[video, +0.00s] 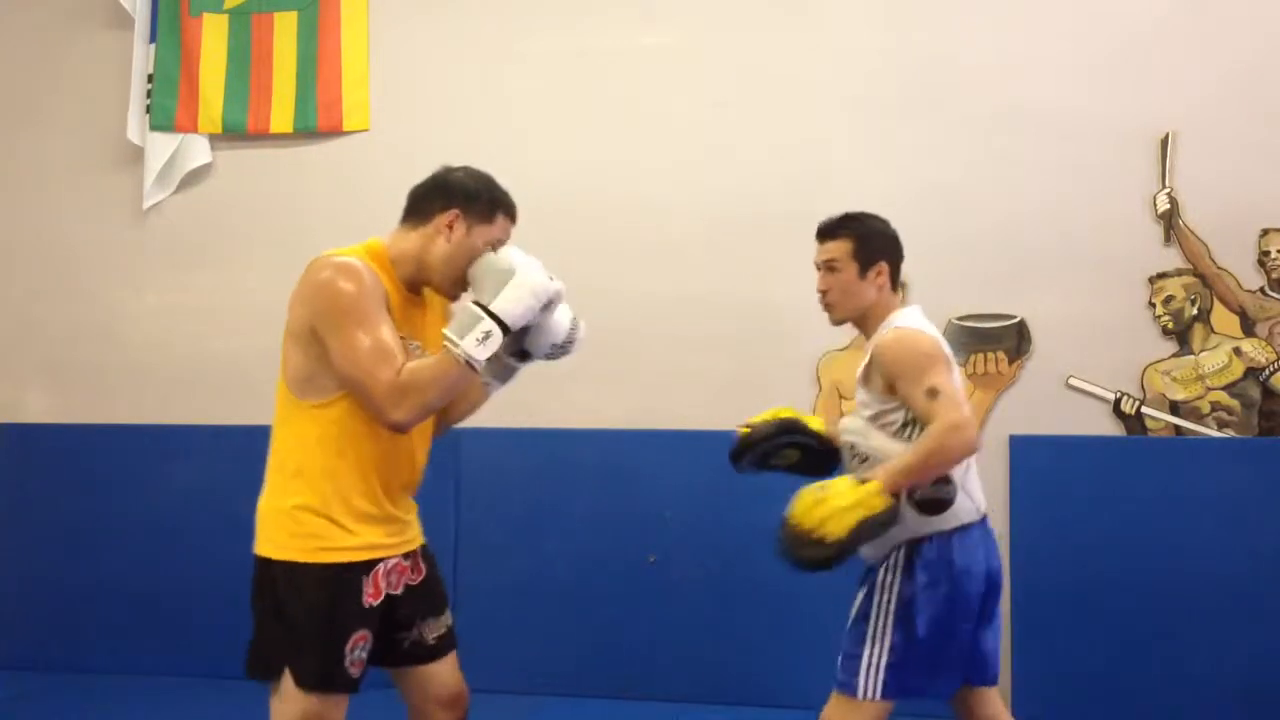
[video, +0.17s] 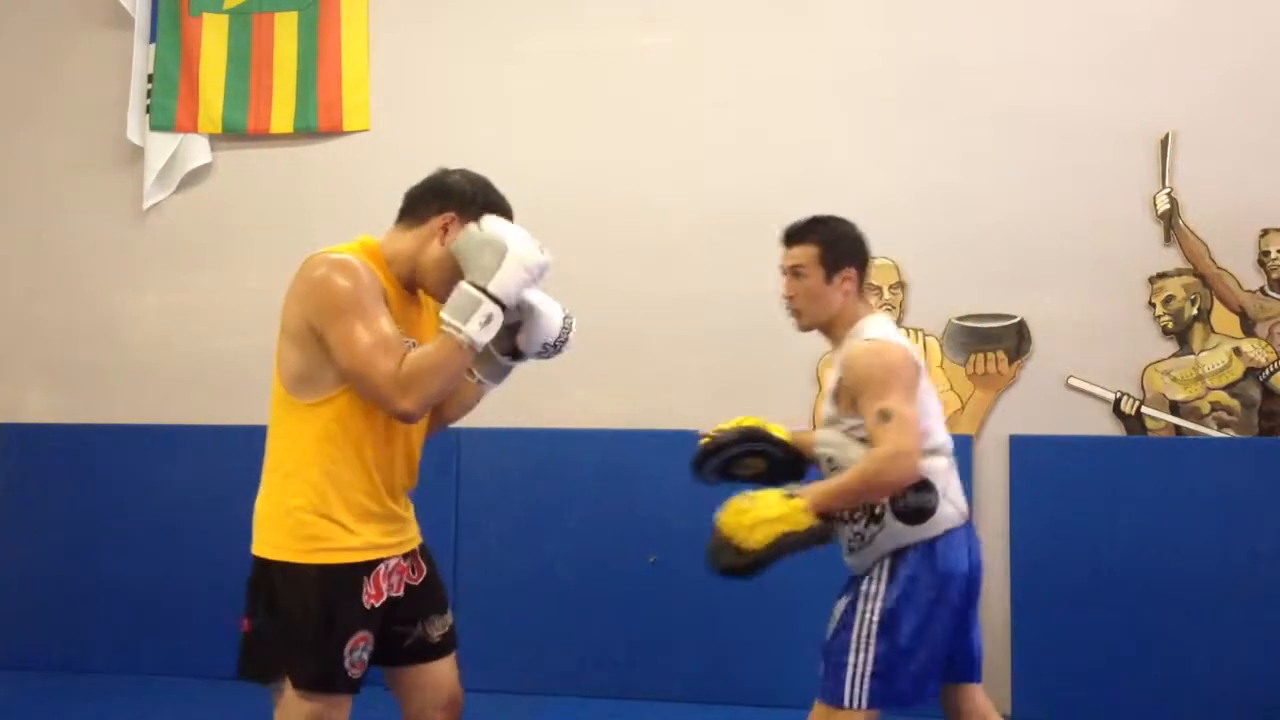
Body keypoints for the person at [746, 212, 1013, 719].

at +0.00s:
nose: (819, 285)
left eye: (831, 269)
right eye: (819, 270)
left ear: (878, 276)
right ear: (874, 280)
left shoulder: (901, 342)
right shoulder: (896, 338)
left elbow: (958, 432)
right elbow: (903, 435)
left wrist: (872, 488)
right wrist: (825, 438)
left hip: (919, 555)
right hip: (964, 545)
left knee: (853, 707)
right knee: (978, 698)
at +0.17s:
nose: (785, 291)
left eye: (797, 275)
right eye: (785, 275)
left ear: (845, 281)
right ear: (841, 285)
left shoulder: (875, 353)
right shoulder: (841, 358)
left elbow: (900, 462)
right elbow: (846, 443)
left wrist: (802, 505)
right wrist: (779, 443)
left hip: (908, 553)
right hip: (940, 545)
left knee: (840, 709)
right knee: (962, 695)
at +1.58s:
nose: (793, 311)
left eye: (804, 296)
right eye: (792, 297)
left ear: (852, 297)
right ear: (846, 300)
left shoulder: (889, 357)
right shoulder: (844, 363)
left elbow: (911, 460)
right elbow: (788, 424)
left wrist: (811, 471)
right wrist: (748, 376)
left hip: (925, 563)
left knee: (836, 710)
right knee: (956, 707)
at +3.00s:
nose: (834, 293)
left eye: (845, 278)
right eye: (832, 279)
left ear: (892, 280)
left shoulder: (924, 342)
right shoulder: (865, 349)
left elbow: (954, 440)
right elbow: (792, 384)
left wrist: (858, 439)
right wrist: (766, 318)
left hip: (931, 553)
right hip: (900, 554)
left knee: (854, 707)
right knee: (948, 700)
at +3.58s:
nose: (826, 342)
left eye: (838, 326)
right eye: (821, 327)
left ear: (883, 329)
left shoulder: (932, 383)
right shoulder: (861, 391)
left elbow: (963, 483)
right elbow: (800, 442)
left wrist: (868, 490)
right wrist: (774, 386)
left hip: (962, 585)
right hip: (924, 584)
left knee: (857, 713)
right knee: (919, 713)